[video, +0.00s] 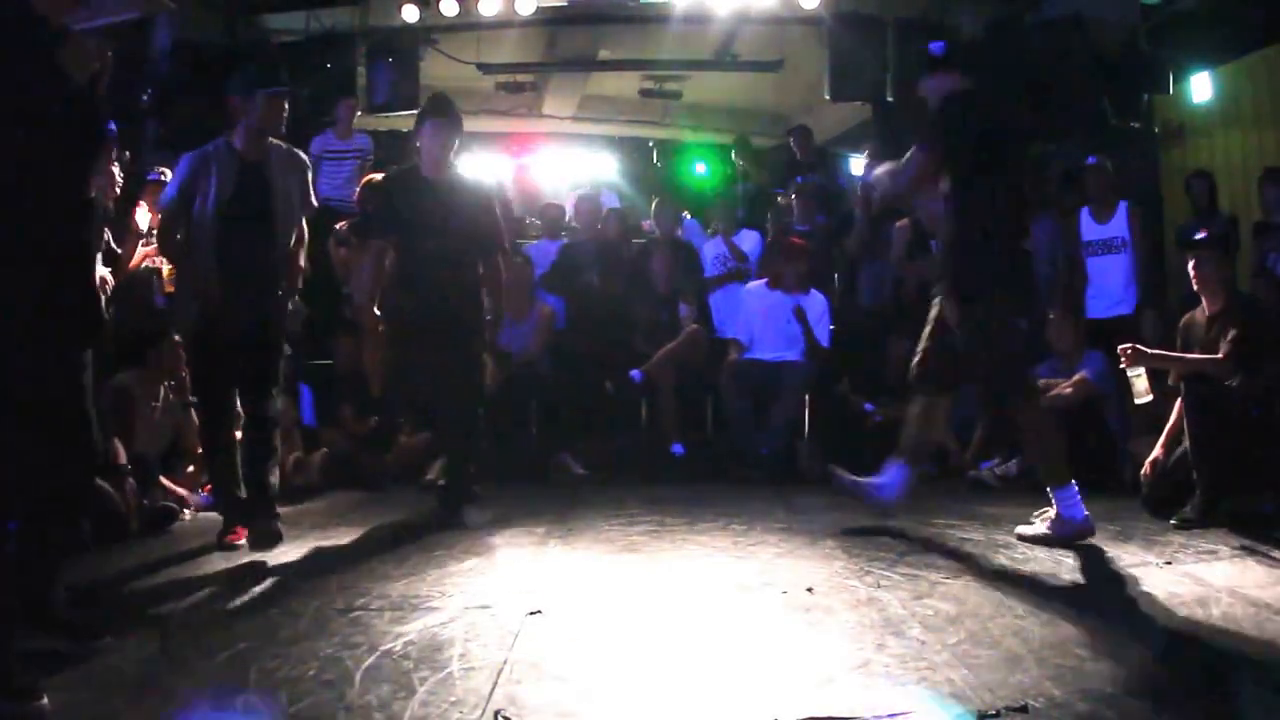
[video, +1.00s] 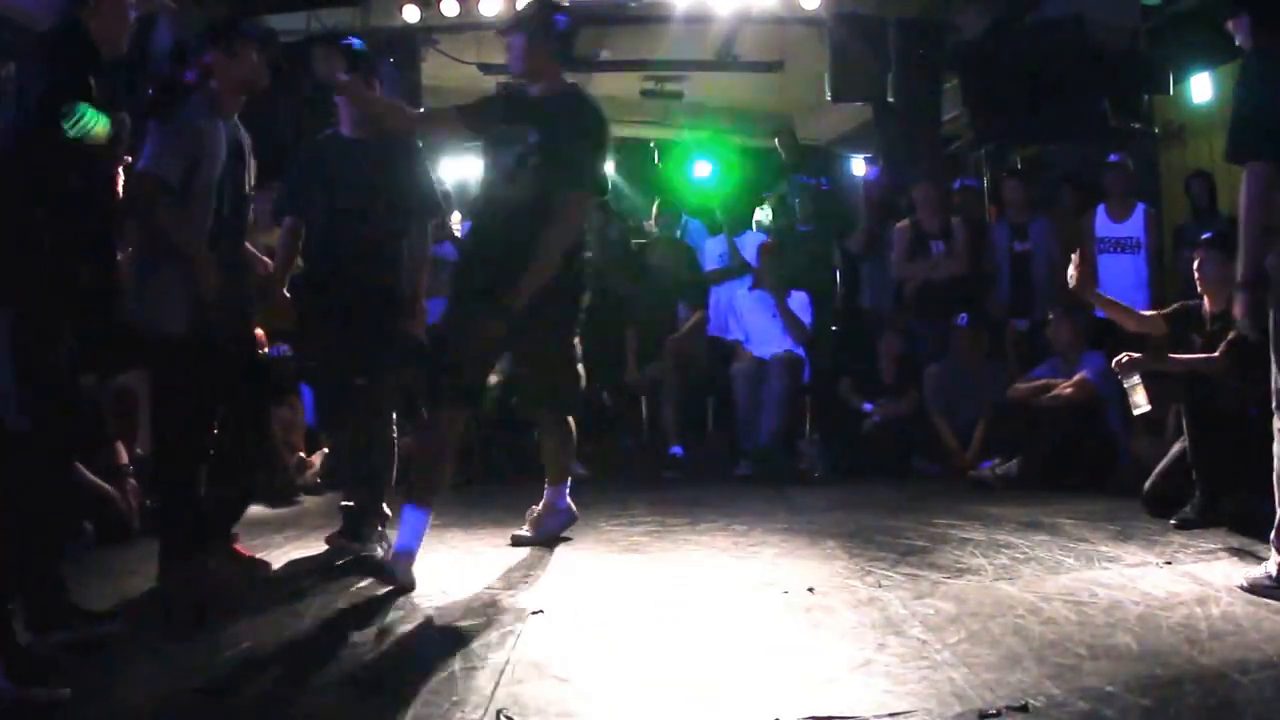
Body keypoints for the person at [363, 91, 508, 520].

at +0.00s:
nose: (441, 144)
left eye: (448, 136)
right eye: (434, 135)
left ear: (457, 141)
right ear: (418, 137)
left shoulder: (476, 196)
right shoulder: (391, 190)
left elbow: (493, 266)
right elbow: (375, 253)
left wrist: (497, 321)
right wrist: (366, 307)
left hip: (461, 319)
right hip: (408, 317)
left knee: (463, 411)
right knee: (412, 408)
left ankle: (455, 498)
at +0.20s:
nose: (434, 127)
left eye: (440, 119)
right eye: (426, 118)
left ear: (447, 124)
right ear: (406, 122)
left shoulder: (462, 179)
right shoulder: (381, 178)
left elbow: (481, 250)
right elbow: (363, 246)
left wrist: (481, 308)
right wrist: (359, 303)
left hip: (450, 307)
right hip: (395, 306)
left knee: (453, 408)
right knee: (392, 407)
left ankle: (451, 502)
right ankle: (412, 490)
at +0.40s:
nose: (408, 119)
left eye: (414, 111)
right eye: (400, 110)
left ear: (421, 116)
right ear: (379, 116)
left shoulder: (440, 170)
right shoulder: (356, 175)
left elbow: (463, 238)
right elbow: (334, 243)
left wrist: (457, 300)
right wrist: (331, 306)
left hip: (429, 305)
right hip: (372, 305)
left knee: (441, 413)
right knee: (366, 415)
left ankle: (450, 505)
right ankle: (366, 515)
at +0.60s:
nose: (382, 107)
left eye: (389, 99)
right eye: (373, 98)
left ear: (397, 105)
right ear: (353, 105)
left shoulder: (420, 155)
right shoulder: (329, 163)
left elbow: (440, 232)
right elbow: (316, 235)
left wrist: (438, 297)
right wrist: (311, 297)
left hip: (405, 298)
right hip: (348, 299)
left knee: (417, 406)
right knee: (349, 413)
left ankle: (435, 494)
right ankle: (365, 511)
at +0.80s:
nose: (371, 98)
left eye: (377, 89)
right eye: (361, 89)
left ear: (385, 95)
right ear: (338, 96)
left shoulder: (408, 151)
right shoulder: (316, 157)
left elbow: (430, 233)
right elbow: (292, 232)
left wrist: (426, 295)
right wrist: (289, 299)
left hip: (390, 296)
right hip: (332, 297)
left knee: (391, 412)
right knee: (343, 413)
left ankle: (394, 518)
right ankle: (360, 514)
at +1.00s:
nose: (349, 105)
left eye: (358, 94)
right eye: (343, 95)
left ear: (377, 95)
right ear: (334, 99)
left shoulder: (401, 154)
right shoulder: (318, 154)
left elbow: (420, 235)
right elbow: (291, 227)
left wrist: (417, 303)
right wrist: (275, 288)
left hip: (382, 297)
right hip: (326, 296)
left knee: (377, 406)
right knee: (335, 409)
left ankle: (377, 519)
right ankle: (356, 511)